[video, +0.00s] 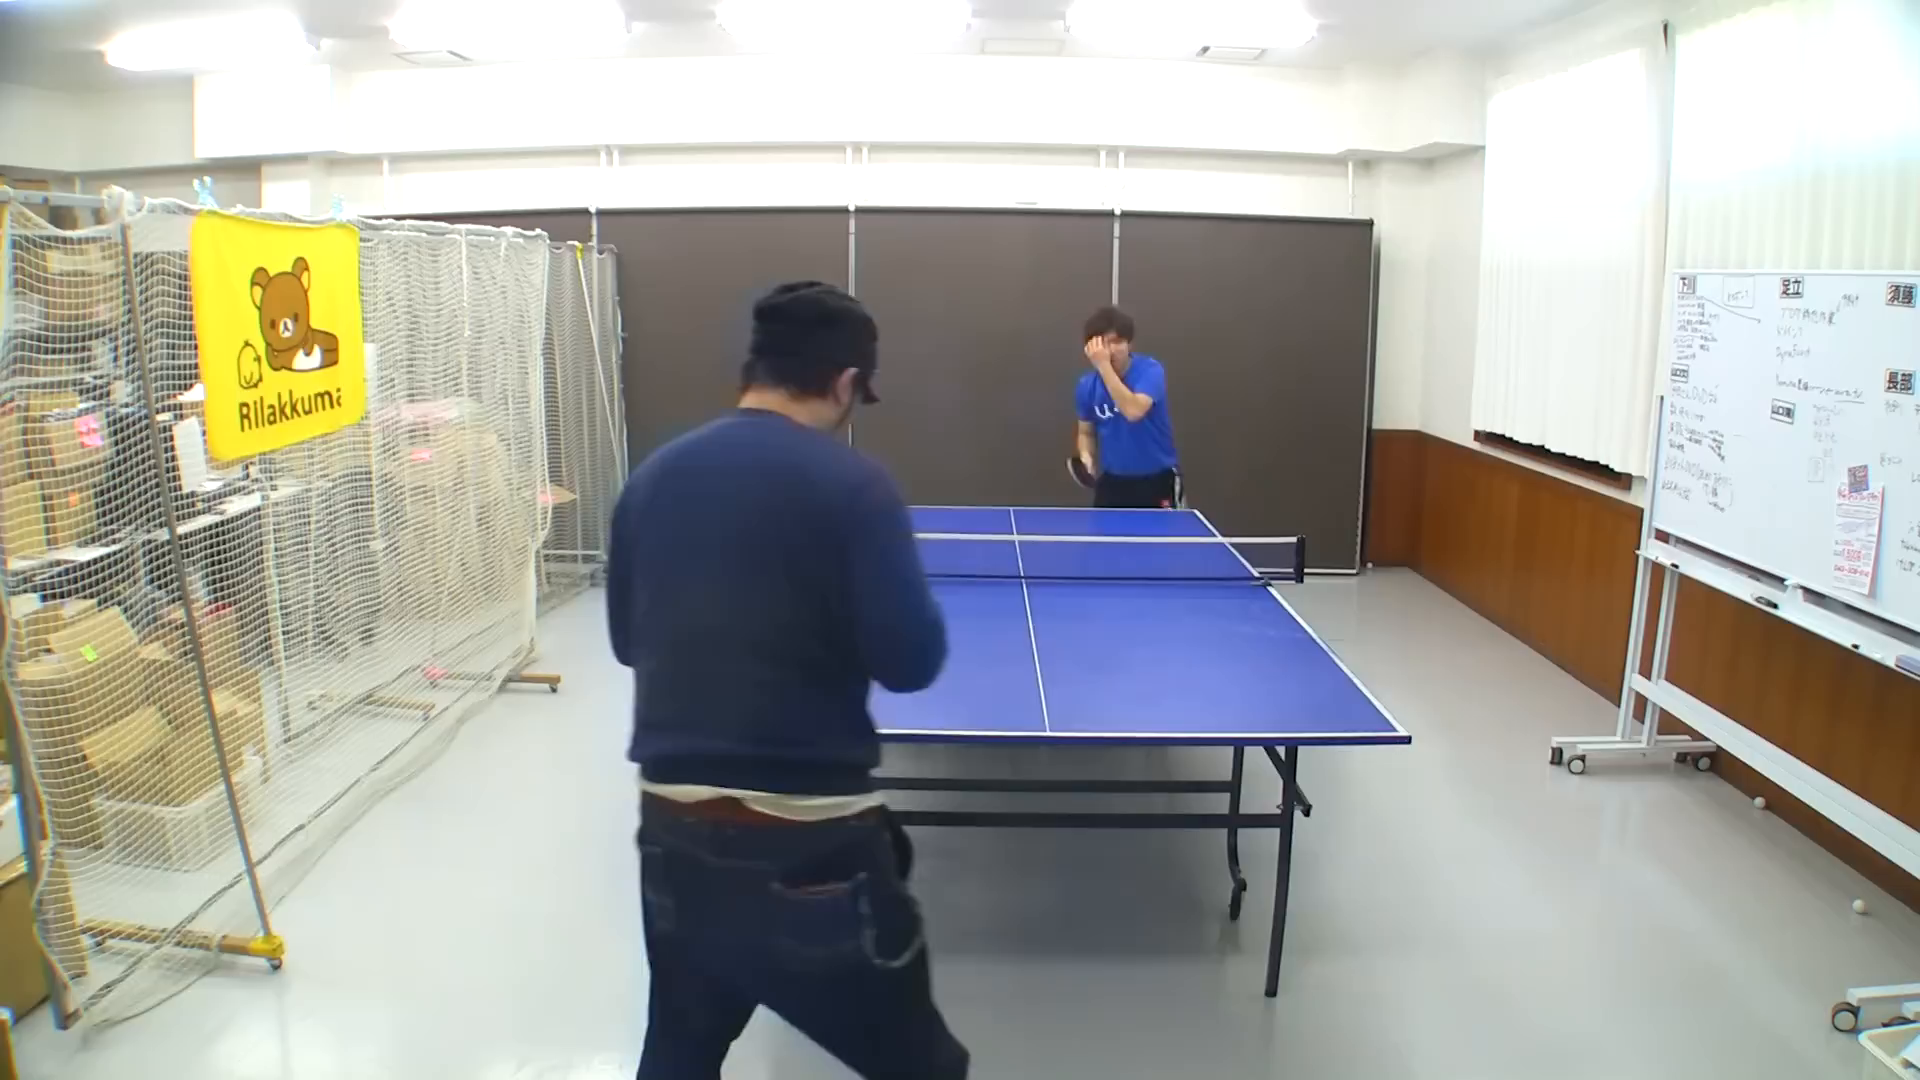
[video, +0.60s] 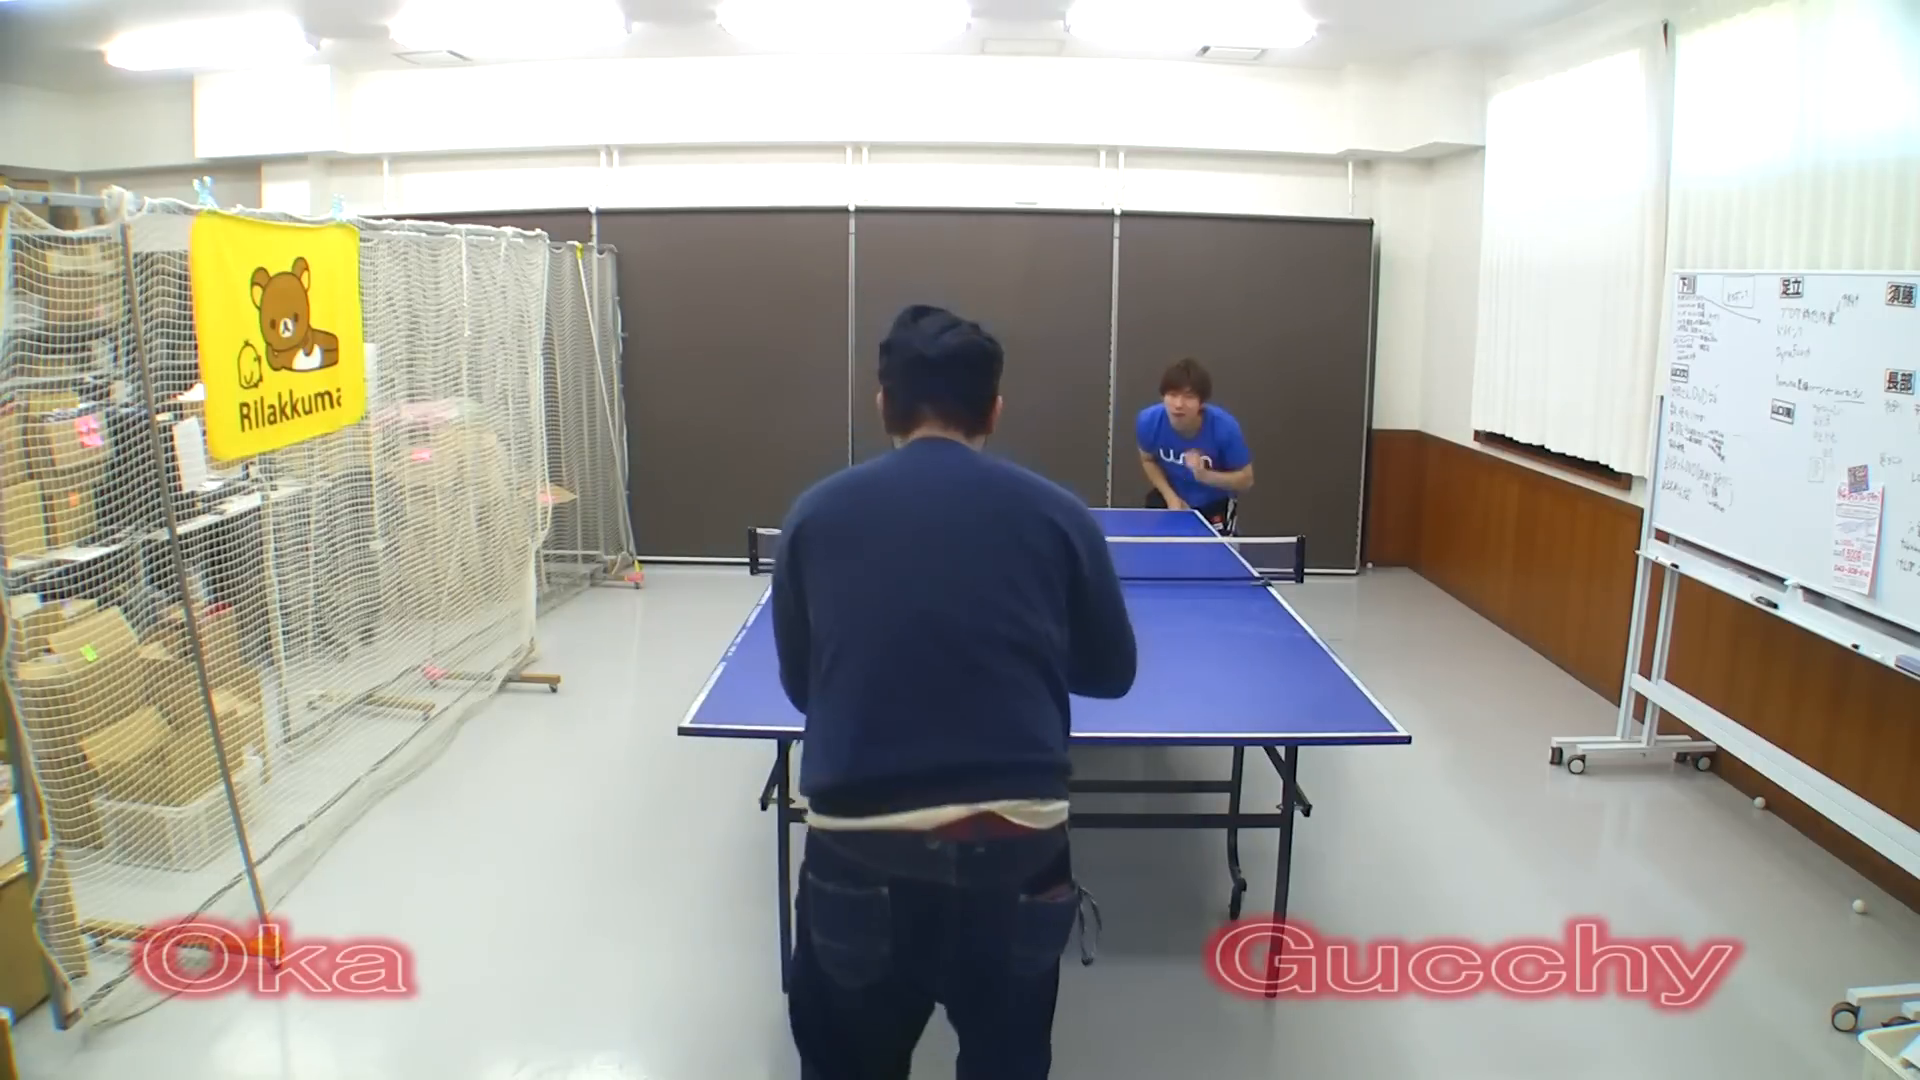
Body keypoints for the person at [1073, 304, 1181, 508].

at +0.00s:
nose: (1111, 351)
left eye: (1118, 342)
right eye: (1103, 343)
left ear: (1130, 344)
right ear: (1092, 349)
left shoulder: (1150, 371)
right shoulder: (1088, 385)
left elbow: (1134, 411)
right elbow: (1085, 432)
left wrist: (1103, 366)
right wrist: (1087, 459)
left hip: (1156, 482)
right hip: (1113, 482)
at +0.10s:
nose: (1126, 361)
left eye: (1134, 353)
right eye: (1119, 353)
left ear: (1146, 357)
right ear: (1108, 359)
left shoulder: (1166, 385)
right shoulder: (1101, 394)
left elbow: (1153, 433)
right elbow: (1100, 439)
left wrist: (1114, 394)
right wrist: (1102, 467)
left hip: (1169, 493)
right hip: (1126, 492)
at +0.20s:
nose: (1144, 376)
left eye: (1152, 368)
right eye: (1136, 368)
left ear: (1164, 373)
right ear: (1126, 374)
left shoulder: (1186, 403)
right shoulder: (1122, 405)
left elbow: (1184, 459)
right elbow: (1117, 447)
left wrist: (1140, 426)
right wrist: (1123, 479)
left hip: (1185, 503)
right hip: (1140, 501)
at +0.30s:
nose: (1162, 391)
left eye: (1170, 384)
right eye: (1155, 383)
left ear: (1182, 388)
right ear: (1145, 386)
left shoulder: (1204, 411)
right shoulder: (1135, 414)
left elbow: (1204, 470)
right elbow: (1135, 454)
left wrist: (1174, 425)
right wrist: (1146, 491)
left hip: (1202, 506)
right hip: (1158, 504)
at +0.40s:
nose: (1175, 400)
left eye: (1184, 392)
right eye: (1169, 391)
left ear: (1198, 394)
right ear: (1158, 392)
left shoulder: (1217, 416)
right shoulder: (1145, 418)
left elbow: (1217, 475)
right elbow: (1146, 457)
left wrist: (1195, 424)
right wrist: (1165, 496)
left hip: (1211, 502)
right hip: (1167, 501)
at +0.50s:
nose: (1179, 402)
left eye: (1189, 395)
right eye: (1174, 392)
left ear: (1203, 399)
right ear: (1163, 394)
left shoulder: (1223, 421)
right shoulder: (1149, 420)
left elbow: (1232, 485)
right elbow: (1149, 458)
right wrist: (1173, 498)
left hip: (1213, 503)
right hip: (1166, 499)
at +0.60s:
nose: (1179, 404)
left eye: (1189, 397)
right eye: (1173, 395)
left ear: (1201, 402)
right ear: (1163, 397)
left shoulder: (1224, 427)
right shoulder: (1148, 422)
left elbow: (1246, 479)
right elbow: (1148, 460)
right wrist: (1171, 498)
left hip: (1213, 504)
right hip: (1166, 497)